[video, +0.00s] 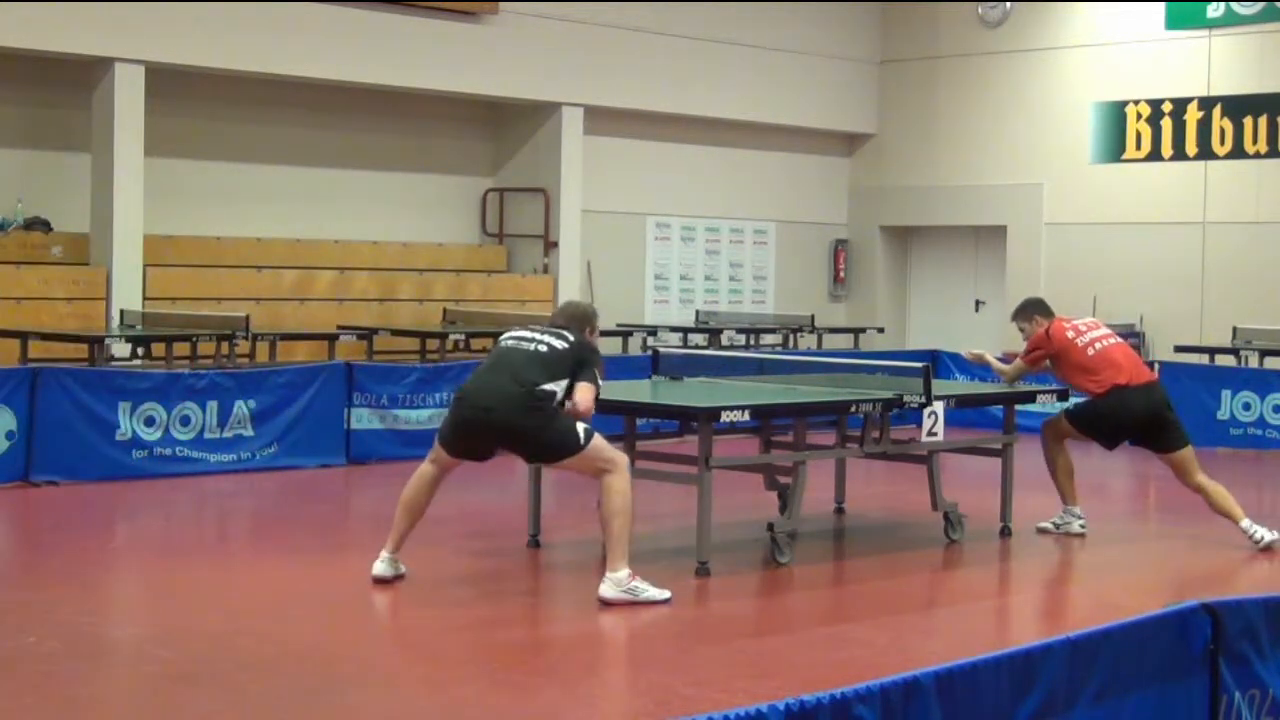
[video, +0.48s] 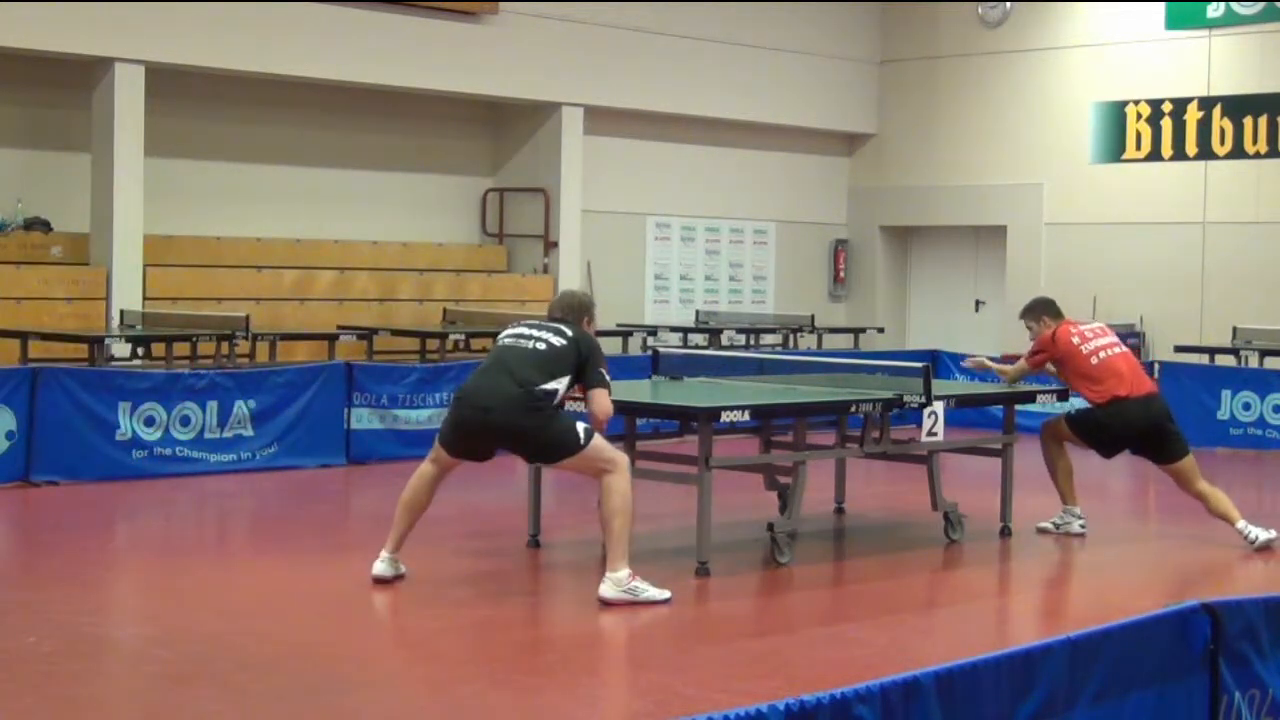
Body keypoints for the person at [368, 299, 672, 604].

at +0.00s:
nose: (597, 342)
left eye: (596, 335)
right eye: (596, 335)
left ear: (557, 323)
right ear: (586, 332)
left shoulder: (517, 333)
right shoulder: (584, 350)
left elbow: (495, 375)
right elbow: (583, 406)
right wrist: (568, 419)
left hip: (470, 409)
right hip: (526, 417)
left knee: (435, 464)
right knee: (616, 465)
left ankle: (386, 557)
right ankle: (618, 576)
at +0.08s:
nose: (595, 338)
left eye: (594, 332)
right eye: (595, 332)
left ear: (555, 319)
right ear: (586, 329)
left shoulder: (516, 331)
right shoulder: (583, 347)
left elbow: (496, 373)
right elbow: (589, 409)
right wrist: (578, 430)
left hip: (470, 409)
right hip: (525, 417)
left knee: (435, 464)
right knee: (616, 466)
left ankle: (386, 556)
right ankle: (618, 576)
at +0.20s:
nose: (595, 334)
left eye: (593, 328)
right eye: (594, 328)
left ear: (554, 317)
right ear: (585, 325)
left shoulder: (516, 329)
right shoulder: (583, 344)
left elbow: (503, 376)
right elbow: (596, 411)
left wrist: (553, 396)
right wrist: (579, 436)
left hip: (470, 409)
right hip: (524, 416)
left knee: (435, 464)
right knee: (615, 466)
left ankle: (386, 556)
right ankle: (619, 577)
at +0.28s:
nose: (595, 331)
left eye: (594, 325)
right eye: (595, 325)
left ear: (554, 316)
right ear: (586, 324)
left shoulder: (518, 328)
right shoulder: (585, 344)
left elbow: (507, 374)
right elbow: (599, 413)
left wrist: (559, 391)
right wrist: (588, 415)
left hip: (470, 408)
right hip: (525, 416)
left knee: (435, 464)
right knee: (616, 466)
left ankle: (386, 556)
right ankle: (619, 576)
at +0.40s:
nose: (595, 331)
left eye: (594, 325)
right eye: (595, 325)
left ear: (554, 315)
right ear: (586, 323)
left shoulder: (517, 328)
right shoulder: (585, 343)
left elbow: (508, 374)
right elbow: (601, 412)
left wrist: (560, 390)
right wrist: (589, 430)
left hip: (470, 408)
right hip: (525, 415)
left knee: (435, 464)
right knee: (616, 466)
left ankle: (386, 557)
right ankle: (618, 577)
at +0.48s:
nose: (595, 329)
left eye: (594, 323)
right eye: (595, 323)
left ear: (554, 315)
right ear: (586, 322)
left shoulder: (517, 327)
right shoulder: (585, 343)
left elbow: (506, 374)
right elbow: (601, 411)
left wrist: (555, 392)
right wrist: (591, 432)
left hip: (470, 408)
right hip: (525, 415)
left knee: (435, 464)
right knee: (616, 466)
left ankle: (386, 556)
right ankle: (619, 576)